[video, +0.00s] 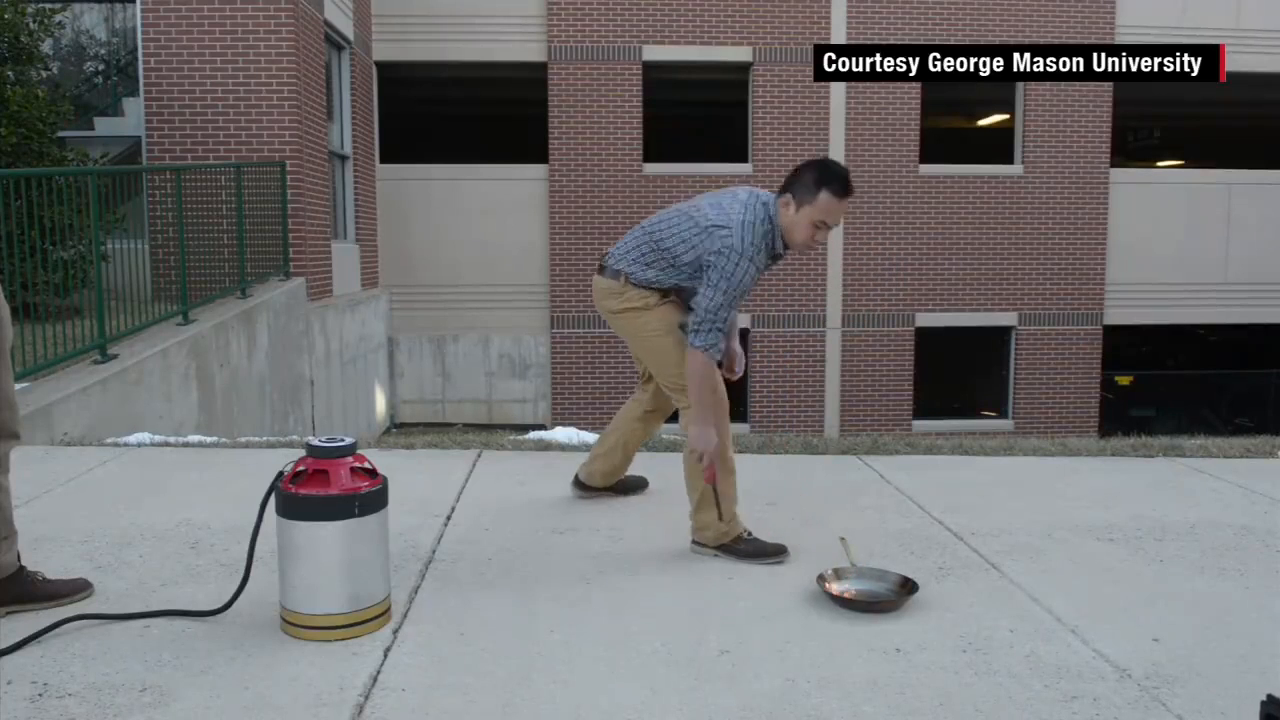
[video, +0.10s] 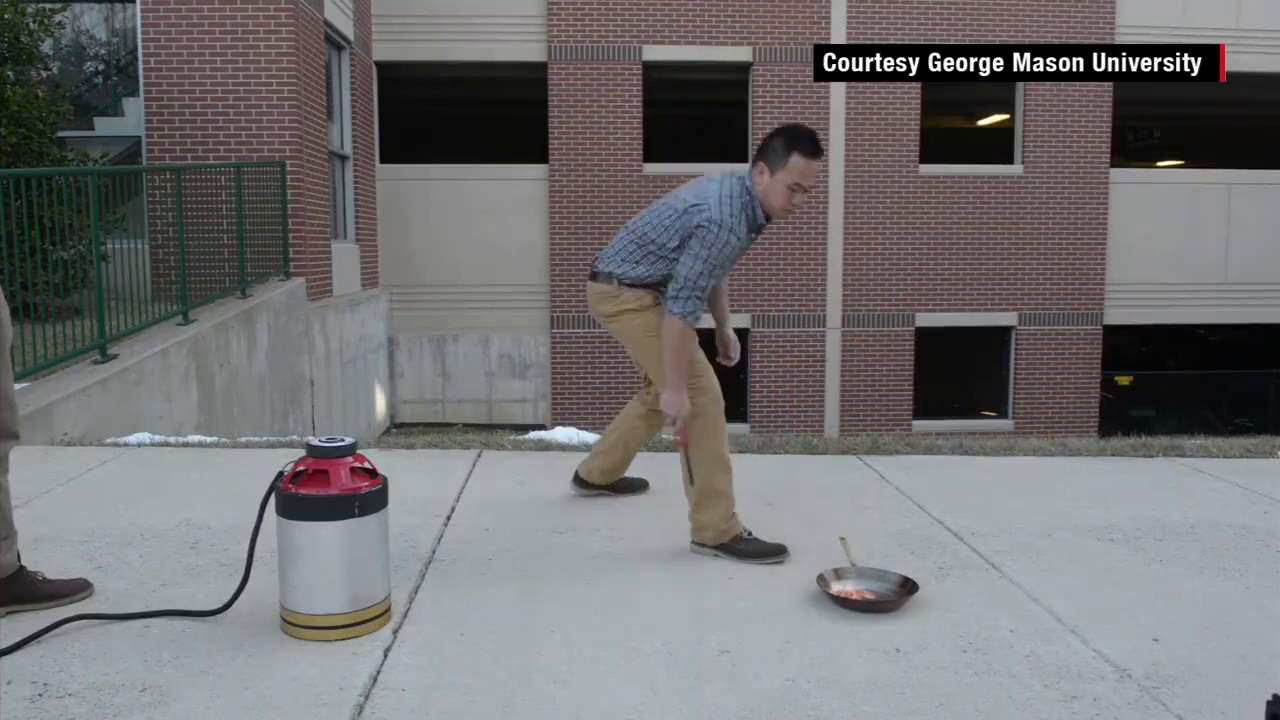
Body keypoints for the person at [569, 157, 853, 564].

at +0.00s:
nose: (822, 238)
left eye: (830, 229)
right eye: (819, 225)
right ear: (788, 204)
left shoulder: (765, 219)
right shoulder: (741, 239)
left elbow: (728, 282)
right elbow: (703, 337)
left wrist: (730, 334)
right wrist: (701, 422)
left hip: (660, 285)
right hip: (630, 288)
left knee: (665, 388)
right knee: (707, 399)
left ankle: (597, 473)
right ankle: (716, 530)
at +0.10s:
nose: (798, 201)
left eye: (805, 192)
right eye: (793, 188)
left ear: (763, 174)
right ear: (761, 172)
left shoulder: (743, 205)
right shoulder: (724, 218)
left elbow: (713, 271)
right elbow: (679, 307)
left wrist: (723, 328)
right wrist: (674, 389)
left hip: (650, 286)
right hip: (623, 290)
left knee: (668, 386)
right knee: (701, 394)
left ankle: (598, 471)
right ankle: (716, 529)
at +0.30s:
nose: (719, 125)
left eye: (726, 116)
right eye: (711, 113)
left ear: (728, 114)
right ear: (680, 104)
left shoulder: (682, 155)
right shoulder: (649, 153)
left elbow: (680, 231)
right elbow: (610, 228)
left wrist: (701, 283)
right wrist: (598, 303)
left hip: (644, 285)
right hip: (614, 286)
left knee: (657, 386)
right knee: (652, 391)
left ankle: (597, 472)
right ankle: (695, 512)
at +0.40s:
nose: (681, 99)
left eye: (687, 89)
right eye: (673, 86)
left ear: (690, 87)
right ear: (642, 78)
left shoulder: (660, 138)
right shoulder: (609, 128)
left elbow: (663, 210)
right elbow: (580, 203)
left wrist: (682, 266)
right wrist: (571, 275)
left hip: (632, 272)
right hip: (598, 269)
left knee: (646, 380)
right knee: (626, 378)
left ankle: (594, 472)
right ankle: (644, 499)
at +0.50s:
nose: (657, 84)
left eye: (664, 75)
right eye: (649, 72)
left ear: (666, 73)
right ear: (619, 65)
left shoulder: (646, 131)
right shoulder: (586, 116)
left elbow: (652, 204)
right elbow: (562, 189)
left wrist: (667, 262)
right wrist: (561, 260)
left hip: (622, 263)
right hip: (588, 260)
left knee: (633, 373)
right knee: (607, 368)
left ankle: (602, 471)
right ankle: (591, 485)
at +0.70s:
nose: (595, 68)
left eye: (600, 60)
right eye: (586, 58)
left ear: (603, 62)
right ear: (557, 56)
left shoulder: (594, 122)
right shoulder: (532, 111)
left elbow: (606, 195)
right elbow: (523, 184)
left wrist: (618, 252)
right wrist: (541, 246)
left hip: (594, 261)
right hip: (548, 257)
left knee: (606, 370)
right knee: (536, 367)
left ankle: (592, 473)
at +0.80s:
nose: (568, 71)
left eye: (573, 62)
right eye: (558, 61)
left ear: (576, 64)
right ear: (530, 61)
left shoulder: (569, 125)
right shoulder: (508, 117)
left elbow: (580, 201)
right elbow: (504, 191)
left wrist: (598, 254)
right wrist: (533, 246)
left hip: (576, 266)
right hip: (527, 264)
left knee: (602, 371)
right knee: (500, 373)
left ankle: (593, 474)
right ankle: (430, 446)